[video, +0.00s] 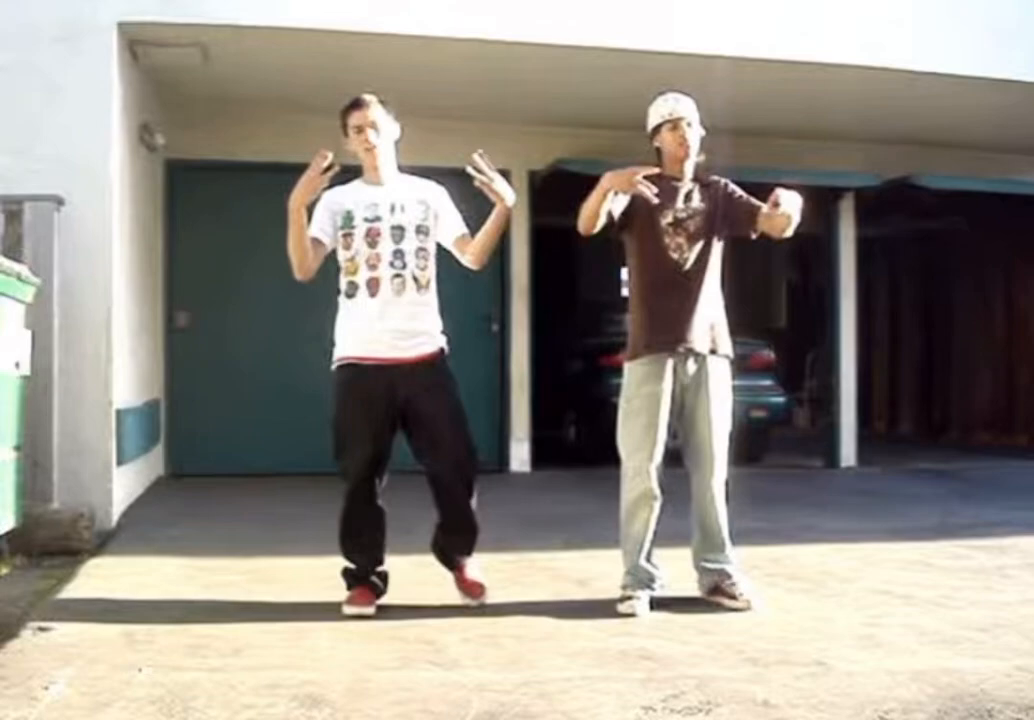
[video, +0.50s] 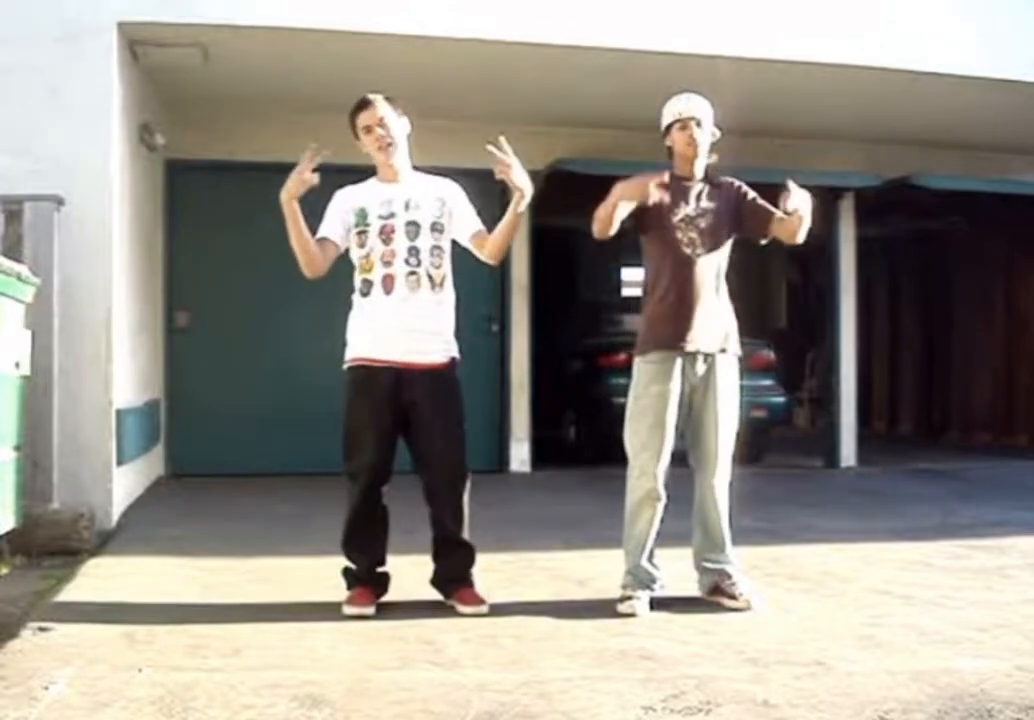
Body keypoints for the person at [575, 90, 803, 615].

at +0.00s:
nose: (681, 134)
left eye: (687, 125)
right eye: (670, 127)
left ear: (700, 133)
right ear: (655, 138)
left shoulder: (718, 192)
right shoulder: (637, 192)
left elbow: (775, 227)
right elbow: (588, 226)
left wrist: (788, 204)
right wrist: (606, 186)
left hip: (708, 347)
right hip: (649, 349)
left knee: (710, 465)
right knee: (640, 468)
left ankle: (717, 572)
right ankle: (638, 580)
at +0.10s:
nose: (683, 135)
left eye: (689, 125)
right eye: (672, 127)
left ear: (703, 133)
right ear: (657, 138)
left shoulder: (721, 191)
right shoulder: (640, 190)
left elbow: (779, 217)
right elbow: (585, 216)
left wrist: (791, 196)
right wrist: (609, 177)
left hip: (712, 346)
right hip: (653, 348)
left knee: (712, 465)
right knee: (643, 467)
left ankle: (717, 571)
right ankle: (638, 580)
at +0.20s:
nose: (686, 130)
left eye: (693, 122)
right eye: (676, 123)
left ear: (706, 133)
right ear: (660, 136)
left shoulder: (726, 190)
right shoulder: (641, 191)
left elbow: (792, 212)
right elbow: (588, 209)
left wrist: (790, 154)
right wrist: (611, 142)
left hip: (715, 347)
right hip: (655, 347)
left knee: (713, 465)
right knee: (645, 467)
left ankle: (717, 571)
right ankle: (638, 580)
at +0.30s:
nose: (687, 127)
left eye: (694, 119)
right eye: (677, 121)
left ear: (709, 131)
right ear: (663, 135)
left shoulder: (729, 188)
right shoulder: (645, 188)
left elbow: (791, 208)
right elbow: (597, 207)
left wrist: (780, 139)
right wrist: (605, 135)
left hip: (716, 346)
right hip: (656, 347)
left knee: (714, 465)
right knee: (646, 467)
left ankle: (716, 571)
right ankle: (638, 580)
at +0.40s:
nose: (689, 128)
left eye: (696, 120)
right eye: (678, 121)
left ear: (711, 132)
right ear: (665, 136)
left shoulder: (732, 190)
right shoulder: (649, 187)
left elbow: (790, 216)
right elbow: (609, 213)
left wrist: (784, 151)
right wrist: (607, 145)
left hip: (717, 346)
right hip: (658, 346)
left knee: (714, 466)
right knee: (645, 468)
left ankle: (717, 571)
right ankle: (638, 581)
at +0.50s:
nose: (690, 133)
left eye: (698, 125)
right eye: (680, 126)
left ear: (714, 135)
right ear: (667, 137)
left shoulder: (731, 194)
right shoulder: (649, 190)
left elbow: (791, 234)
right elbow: (602, 231)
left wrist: (799, 206)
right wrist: (619, 197)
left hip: (717, 345)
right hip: (659, 345)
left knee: (715, 467)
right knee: (647, 468)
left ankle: (717, 572)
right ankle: (638, 581)